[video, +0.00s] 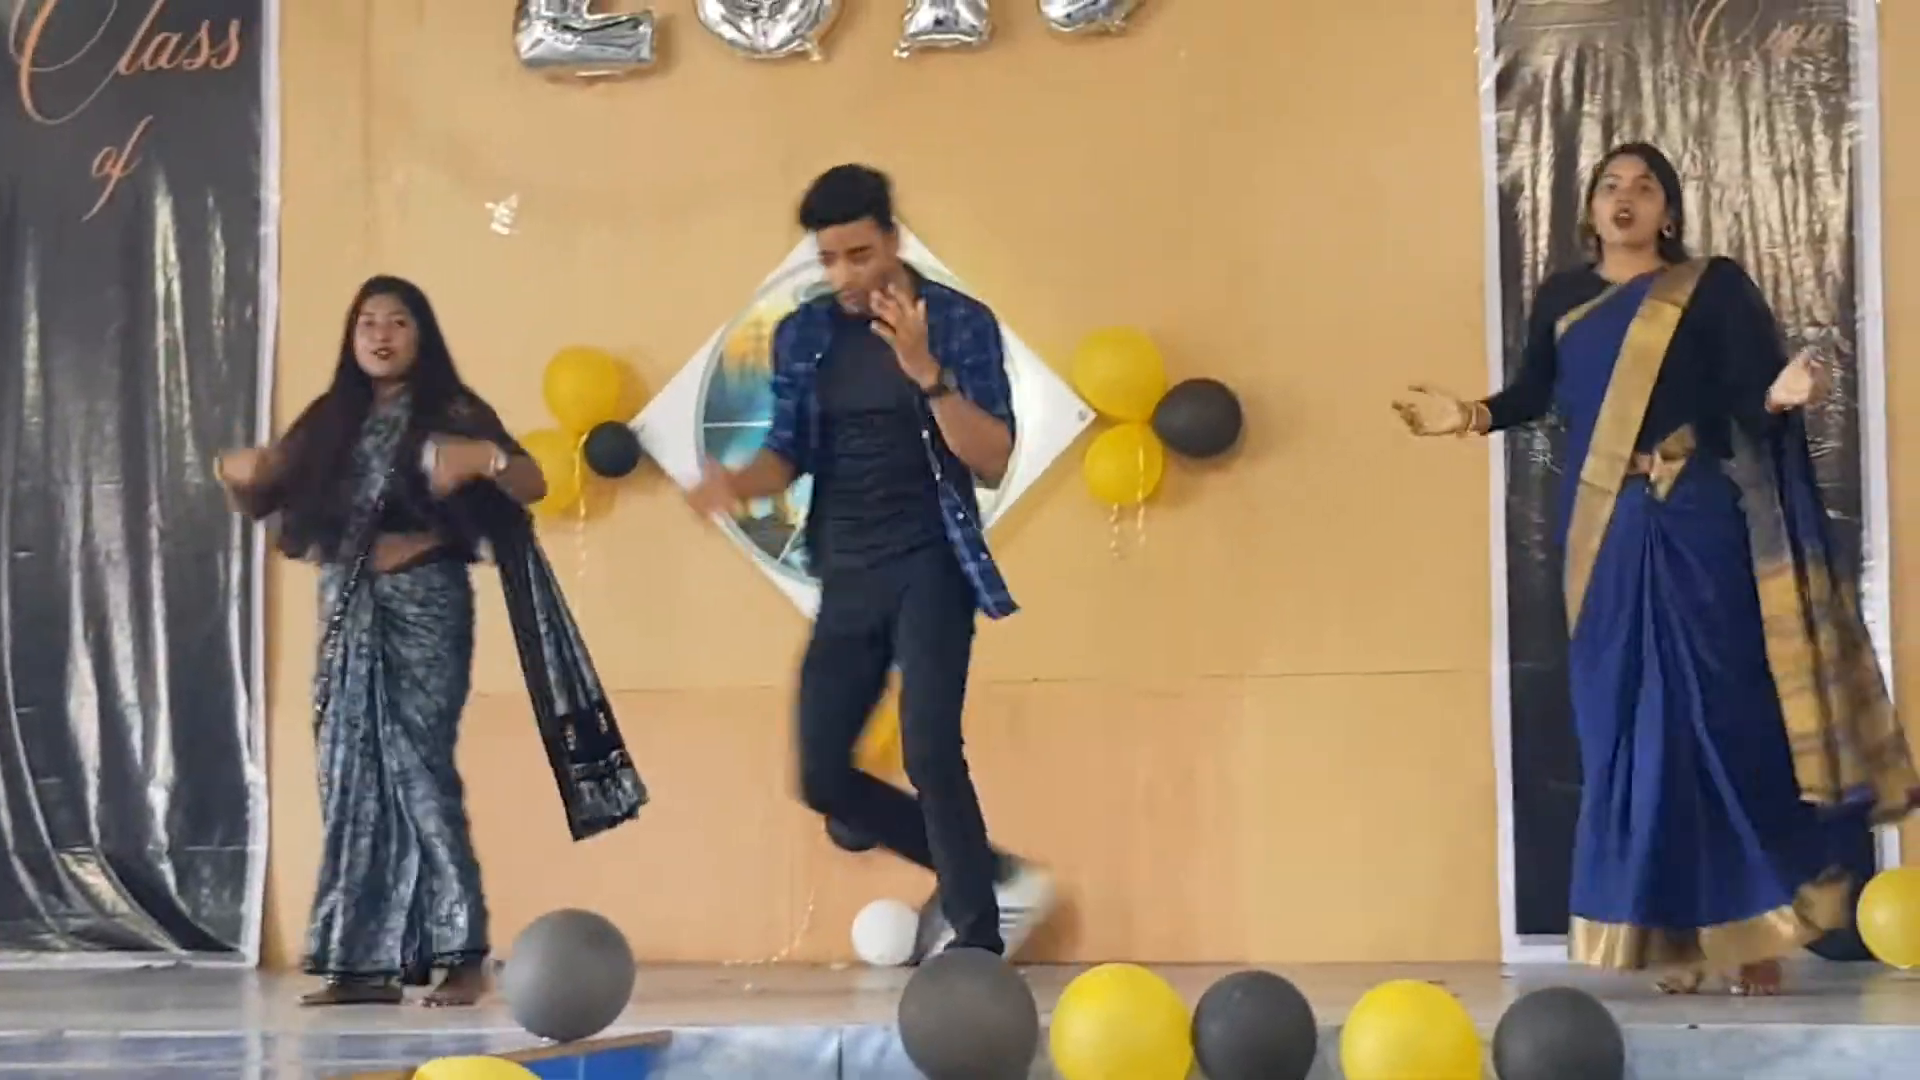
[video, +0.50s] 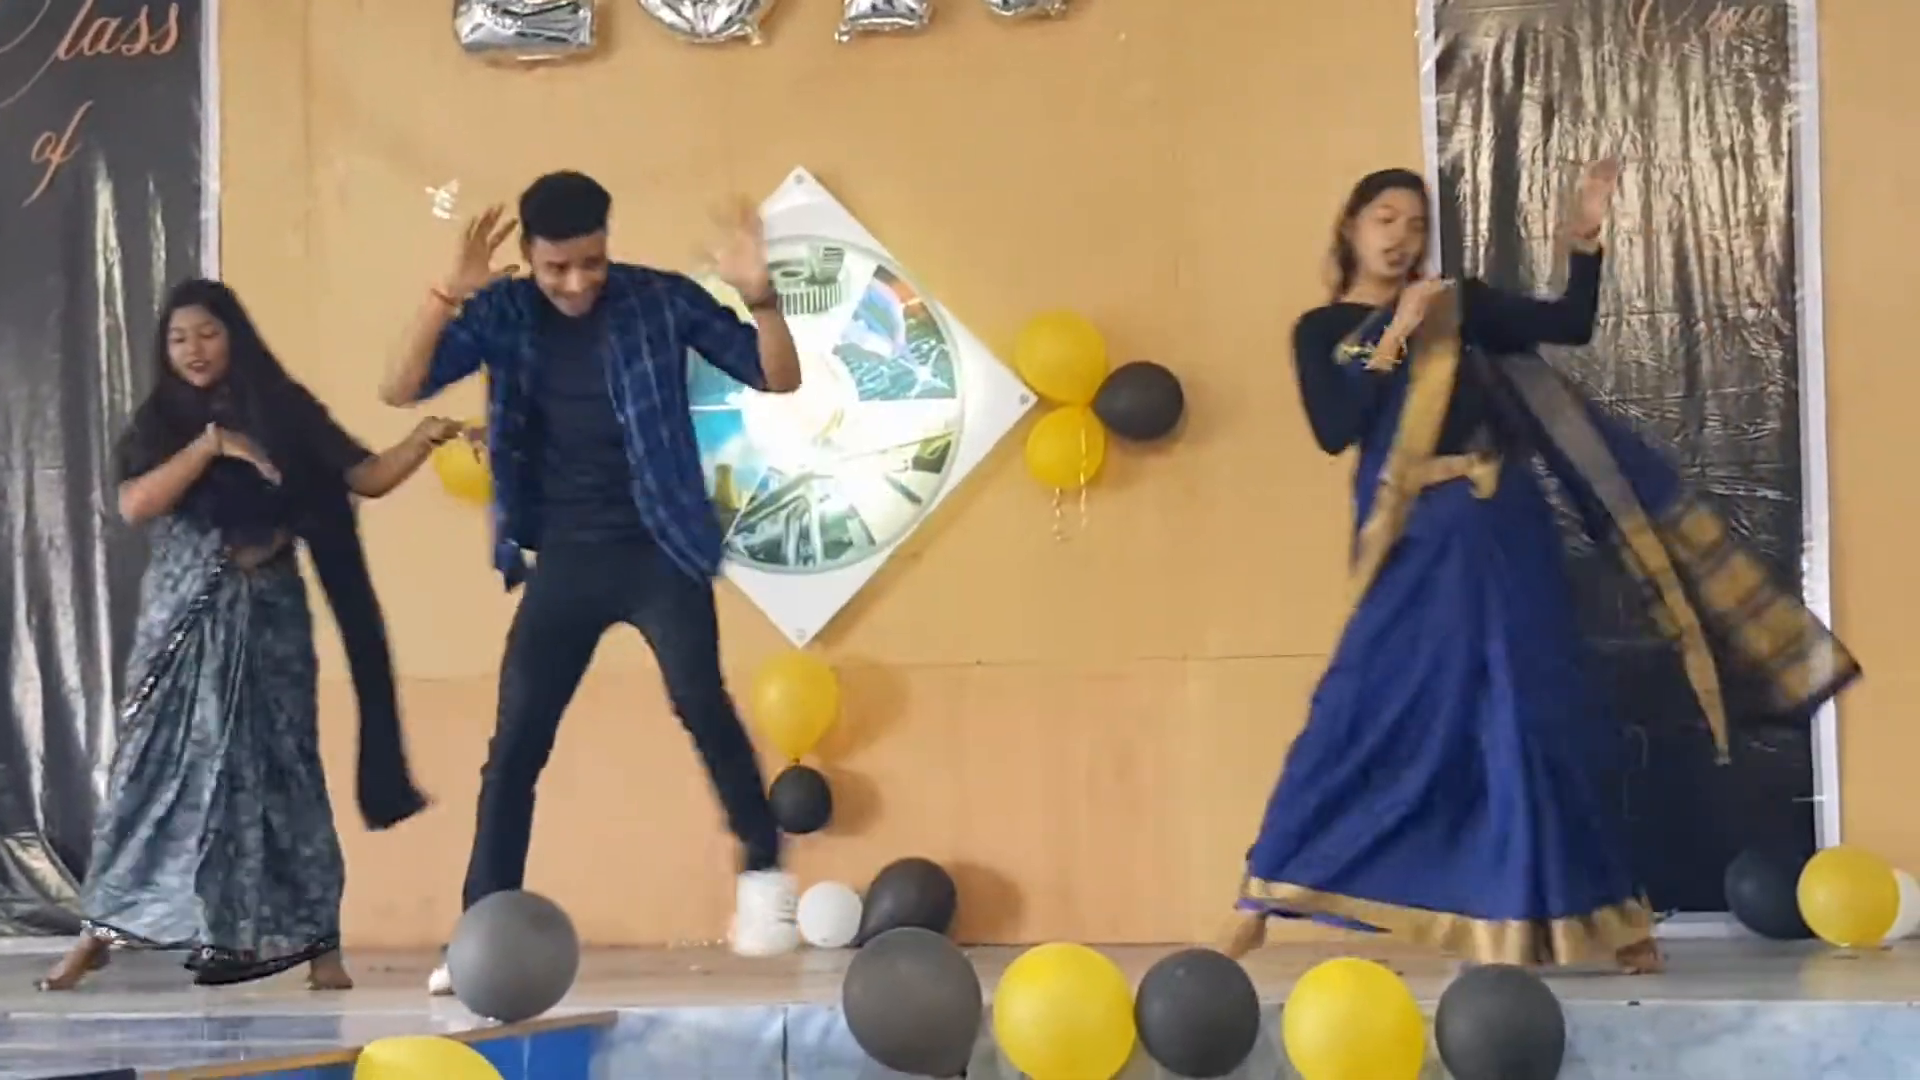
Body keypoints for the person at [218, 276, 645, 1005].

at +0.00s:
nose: (380, 335)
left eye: (396, 324)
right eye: (368, 324)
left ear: (423, 336)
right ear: (351, 336)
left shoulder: (456, 413)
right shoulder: (331, 419)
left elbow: (532, 485)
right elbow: (272, 504)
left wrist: (485, 459)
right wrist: (246, 482)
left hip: (428, 606)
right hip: (349, 609)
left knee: (419, 768)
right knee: (350, 774)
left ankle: (460, 951)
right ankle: (367, 962)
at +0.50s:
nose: (193, 351)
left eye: (206, 335)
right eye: (179, 339)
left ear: (236, 337)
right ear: (165, 347)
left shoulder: (280, 404)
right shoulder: (159, 418)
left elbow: (368, 478)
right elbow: (134, 505)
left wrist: (421, 439)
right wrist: (203, 450)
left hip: (272, 611)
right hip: (185, 613)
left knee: (287, 767)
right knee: (149, 764)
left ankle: (322, 941)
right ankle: (99, 929)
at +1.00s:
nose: (104, 355)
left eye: (121, 344)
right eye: (93, 342)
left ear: (148, 356)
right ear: (77, 355)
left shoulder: (189, 439)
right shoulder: (56, 441)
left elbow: (217, 545)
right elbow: (31, 546)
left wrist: (237, 508)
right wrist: (69, 486)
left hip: (169, 628)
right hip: (86, 628)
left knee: (148, 775)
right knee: (70, 771)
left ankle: (136, 939)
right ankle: (61, 938)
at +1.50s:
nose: (267, 316)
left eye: (284, 305)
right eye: (256, 305)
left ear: (311, 318)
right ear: (240, 318)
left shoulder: (324, 395)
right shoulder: (225, 398)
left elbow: (274, 473)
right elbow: (139, 456)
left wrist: (170, 456)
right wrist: (76, 423)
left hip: (290, 580)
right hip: (217, 581)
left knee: (309, 736)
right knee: (174, 729)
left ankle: (366, 894)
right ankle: (130, 906)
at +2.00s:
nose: (405, 275)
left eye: (418, 265)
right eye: (390, 265)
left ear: (435, 280)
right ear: (366, 282)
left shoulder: (464, 365)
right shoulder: (338, 367)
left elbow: (508, 457)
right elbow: (303, 458)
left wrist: (452, 493)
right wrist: (277, 522)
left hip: (422, 551)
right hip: (342, 551)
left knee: (422, 703)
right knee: (322, 692)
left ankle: (443, 869)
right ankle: (350, 864)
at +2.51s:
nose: (293, 288)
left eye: (307, 274)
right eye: (279, 276)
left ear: (332, 281)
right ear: (262, 286)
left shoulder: (366, 354)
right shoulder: (244, 352)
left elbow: (449, 411)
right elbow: (146, 404)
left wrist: (411, 341)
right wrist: (133, 321)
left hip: (355, 537)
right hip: (270, 541)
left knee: (374, 687)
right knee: (257, 690)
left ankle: (431, 849)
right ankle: (247, 856)